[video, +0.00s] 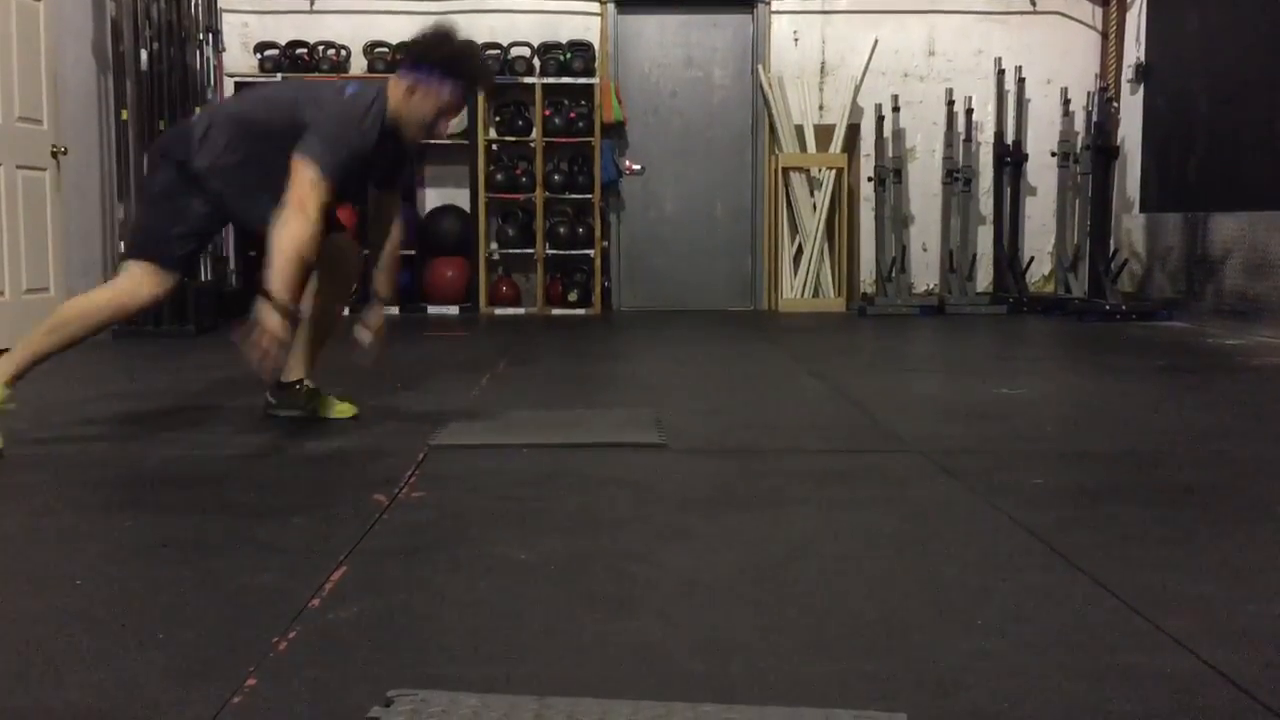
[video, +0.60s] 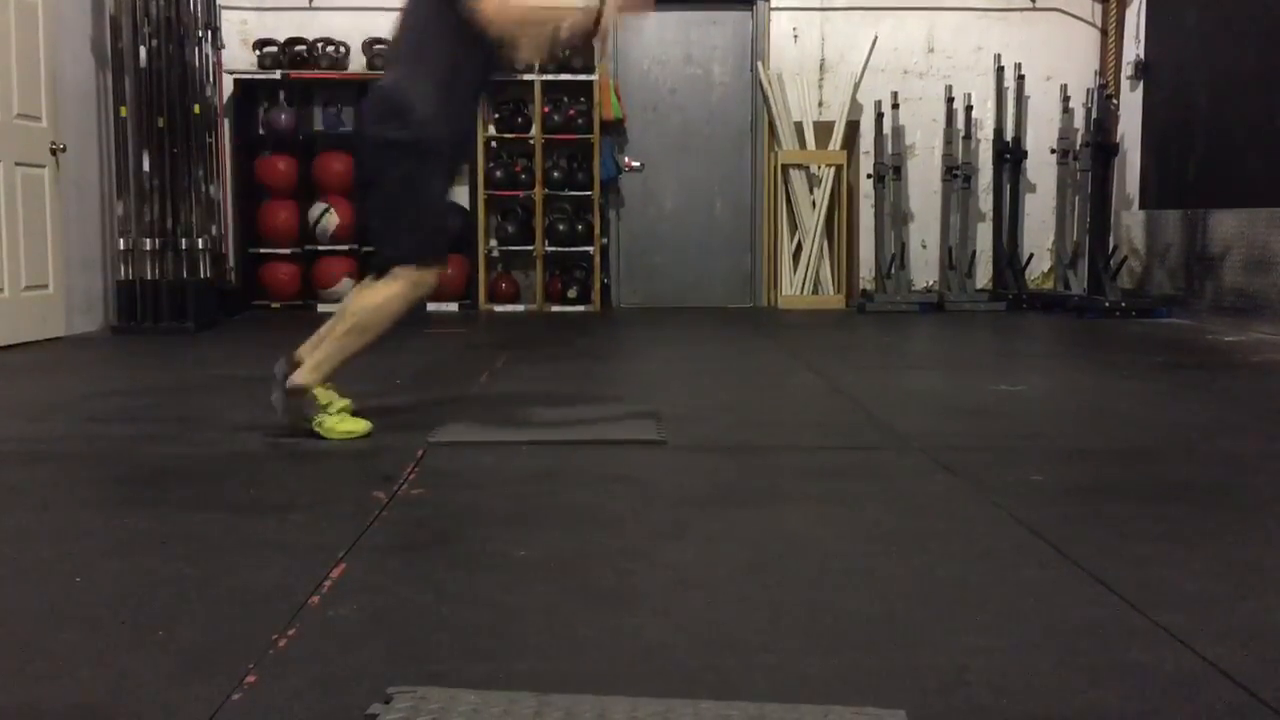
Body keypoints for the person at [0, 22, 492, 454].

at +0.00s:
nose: (446, 119)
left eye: (454, 110)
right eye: (446, 104)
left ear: (439, 100)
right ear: (414, 81)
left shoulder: (396, 140)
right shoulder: (349, 113)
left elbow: (390, 221)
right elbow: (302, 205)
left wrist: (380, 299)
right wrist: (276, 302)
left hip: (260, 177)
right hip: (193, 162)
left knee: (340, 258)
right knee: (143, 286)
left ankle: (292, 386)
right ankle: (8, 368)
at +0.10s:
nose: (477, 71)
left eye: (483, 60)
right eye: (476, 55)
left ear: (456, 46)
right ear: (443, 35)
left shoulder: (408, 100)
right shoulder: (373, 70)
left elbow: (353, 174)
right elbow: (280, 125)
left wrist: (347, 239)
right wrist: (213, 205)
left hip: (278, 146)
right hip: (211, 130)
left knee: (330, 246)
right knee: (200, 260)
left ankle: (292, 381)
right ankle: (64, 350)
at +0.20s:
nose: (493, 42)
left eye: (499, 33)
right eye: (495, 27)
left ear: (475, 16)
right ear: (466, 6)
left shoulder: (428, 64)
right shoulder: (388, 30)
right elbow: (275, 65)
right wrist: (189, 129)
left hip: (303, 124)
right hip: (248, 106)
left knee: (319, 242)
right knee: (256, 239)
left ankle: (289, 381)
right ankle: (146, 355)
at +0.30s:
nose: (509, 14)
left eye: (515, 7)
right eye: (509, 3)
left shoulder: (437, 40)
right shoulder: (408, 14)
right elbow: (295, 35)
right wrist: (209, 98)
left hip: (318, 119)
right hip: (274, 103)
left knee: (324, 245)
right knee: (303, 235)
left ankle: (288, 381)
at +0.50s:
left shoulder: (459, 18)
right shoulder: (424, 6)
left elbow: (428, 113)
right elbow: (405, 95)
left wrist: (482, 169)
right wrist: (457, 164)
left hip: (368, 137)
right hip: (339, 130)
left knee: (386, 270)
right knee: (394, 269)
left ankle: (296, 380)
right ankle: (295, 393)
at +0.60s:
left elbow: (526, 42)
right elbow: (503, 17)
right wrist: (576, 10)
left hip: (419, 131)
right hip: (409, 129)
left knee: (406, 269)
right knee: (415, 272)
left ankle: (304, 365)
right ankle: (304, 378)